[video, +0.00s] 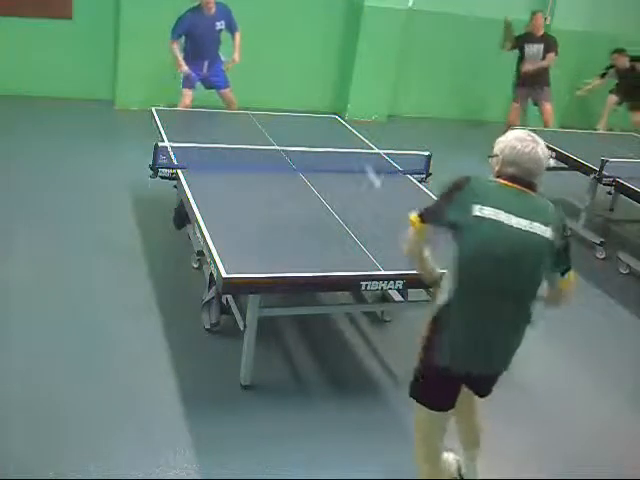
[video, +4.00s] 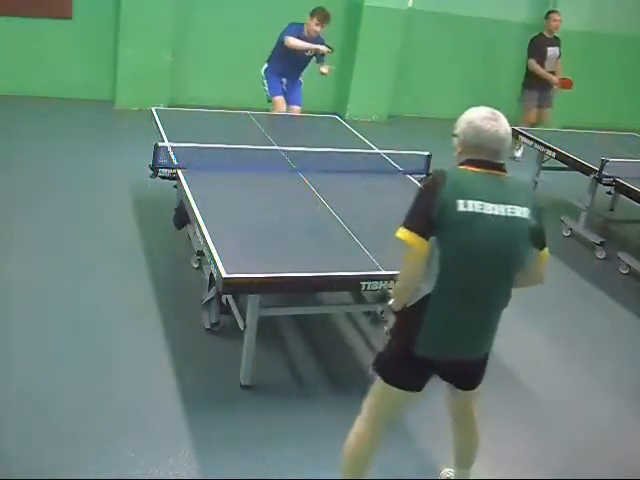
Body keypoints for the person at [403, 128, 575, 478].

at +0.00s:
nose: (491, 161)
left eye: (494, 157)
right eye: (493, 156)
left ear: (497, 163)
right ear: (539, 173)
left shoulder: (469, 190)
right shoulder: (551, 216)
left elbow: (414, 235)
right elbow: (562, 291)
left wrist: (428, 273)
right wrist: (536, 294)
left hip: (458, 326)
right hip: (506, 334)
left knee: (429, 420)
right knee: (467, 396)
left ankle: (431, 473)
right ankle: (470, 468)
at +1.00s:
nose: (261, 120)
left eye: (264, 116)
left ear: (269, 126)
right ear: (312, 119)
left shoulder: (262, 177)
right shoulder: (339, 151)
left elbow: (254, 246)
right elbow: (375, 195)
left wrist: (264, 289)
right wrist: (330, 187)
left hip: (295, 297)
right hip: (344, 289)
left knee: (264, 383)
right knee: (345, 365)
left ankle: (266, 469)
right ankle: (374, 441)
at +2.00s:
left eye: (375, 111)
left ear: (377, 118)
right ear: (422, 123)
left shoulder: (352, 155)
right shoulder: (439, 167)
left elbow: (325, 237)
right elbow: (456, 243)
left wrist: (329, 271)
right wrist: (426, 265)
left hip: (347, 294)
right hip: (398, 300)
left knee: (302, 385)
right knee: (380, 389)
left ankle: (271, 464)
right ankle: (362, 462)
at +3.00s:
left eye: (390, 144)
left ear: (392, 153)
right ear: (442, 150)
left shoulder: (371, 201)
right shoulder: (470, 199)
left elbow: (342, 287)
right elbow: (493, 289)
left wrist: (345, 325)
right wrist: (463, 309)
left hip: (376, 342)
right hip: (432, 342)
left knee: (364, 446)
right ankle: (379, 447)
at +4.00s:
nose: (453, 142)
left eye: (455, 138)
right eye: (455, 137)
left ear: (461, 145)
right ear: (506, 150)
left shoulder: (441, 185)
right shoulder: (524, 195)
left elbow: (414, 262)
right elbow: (535, 273)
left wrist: (398, 303)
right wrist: (494, 282)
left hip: (426, 327)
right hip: (478, 332)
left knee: (373, 417)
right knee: (465, 410)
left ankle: (351, 473)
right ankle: (462, 473)